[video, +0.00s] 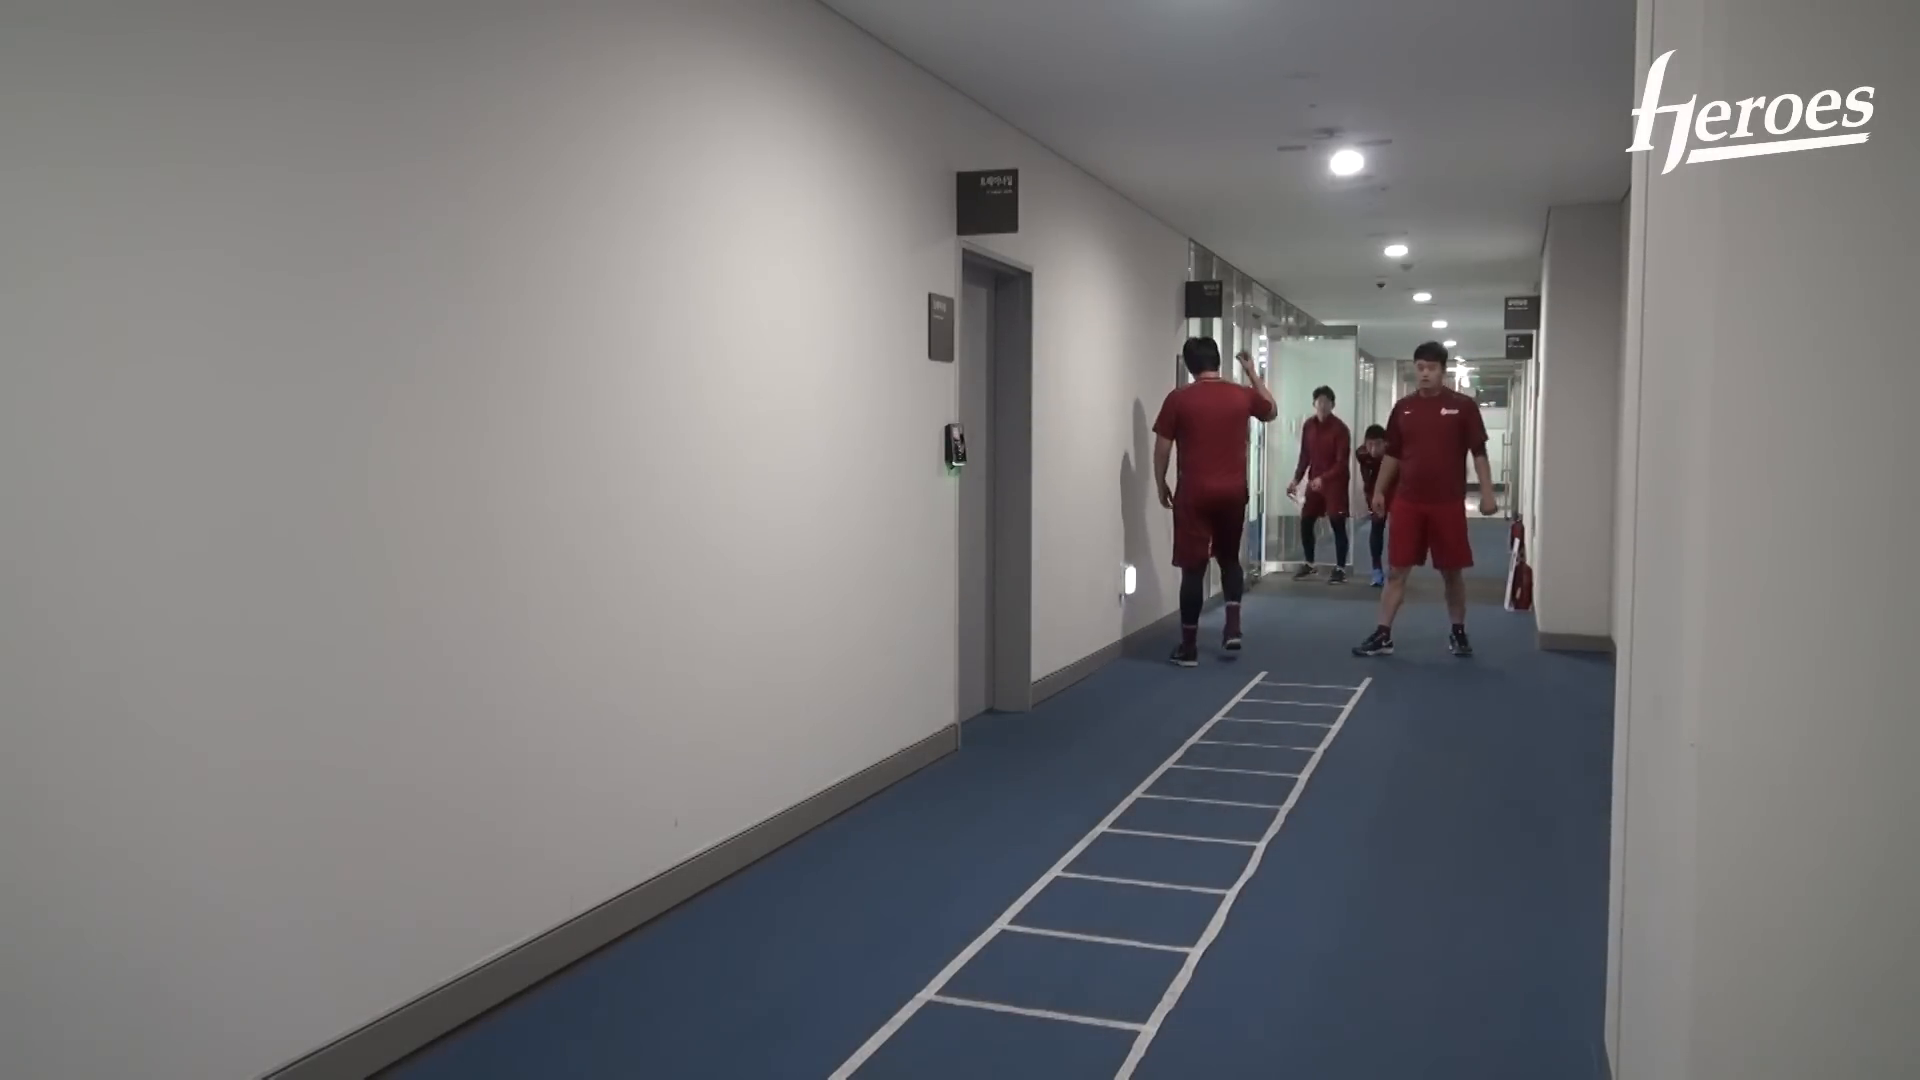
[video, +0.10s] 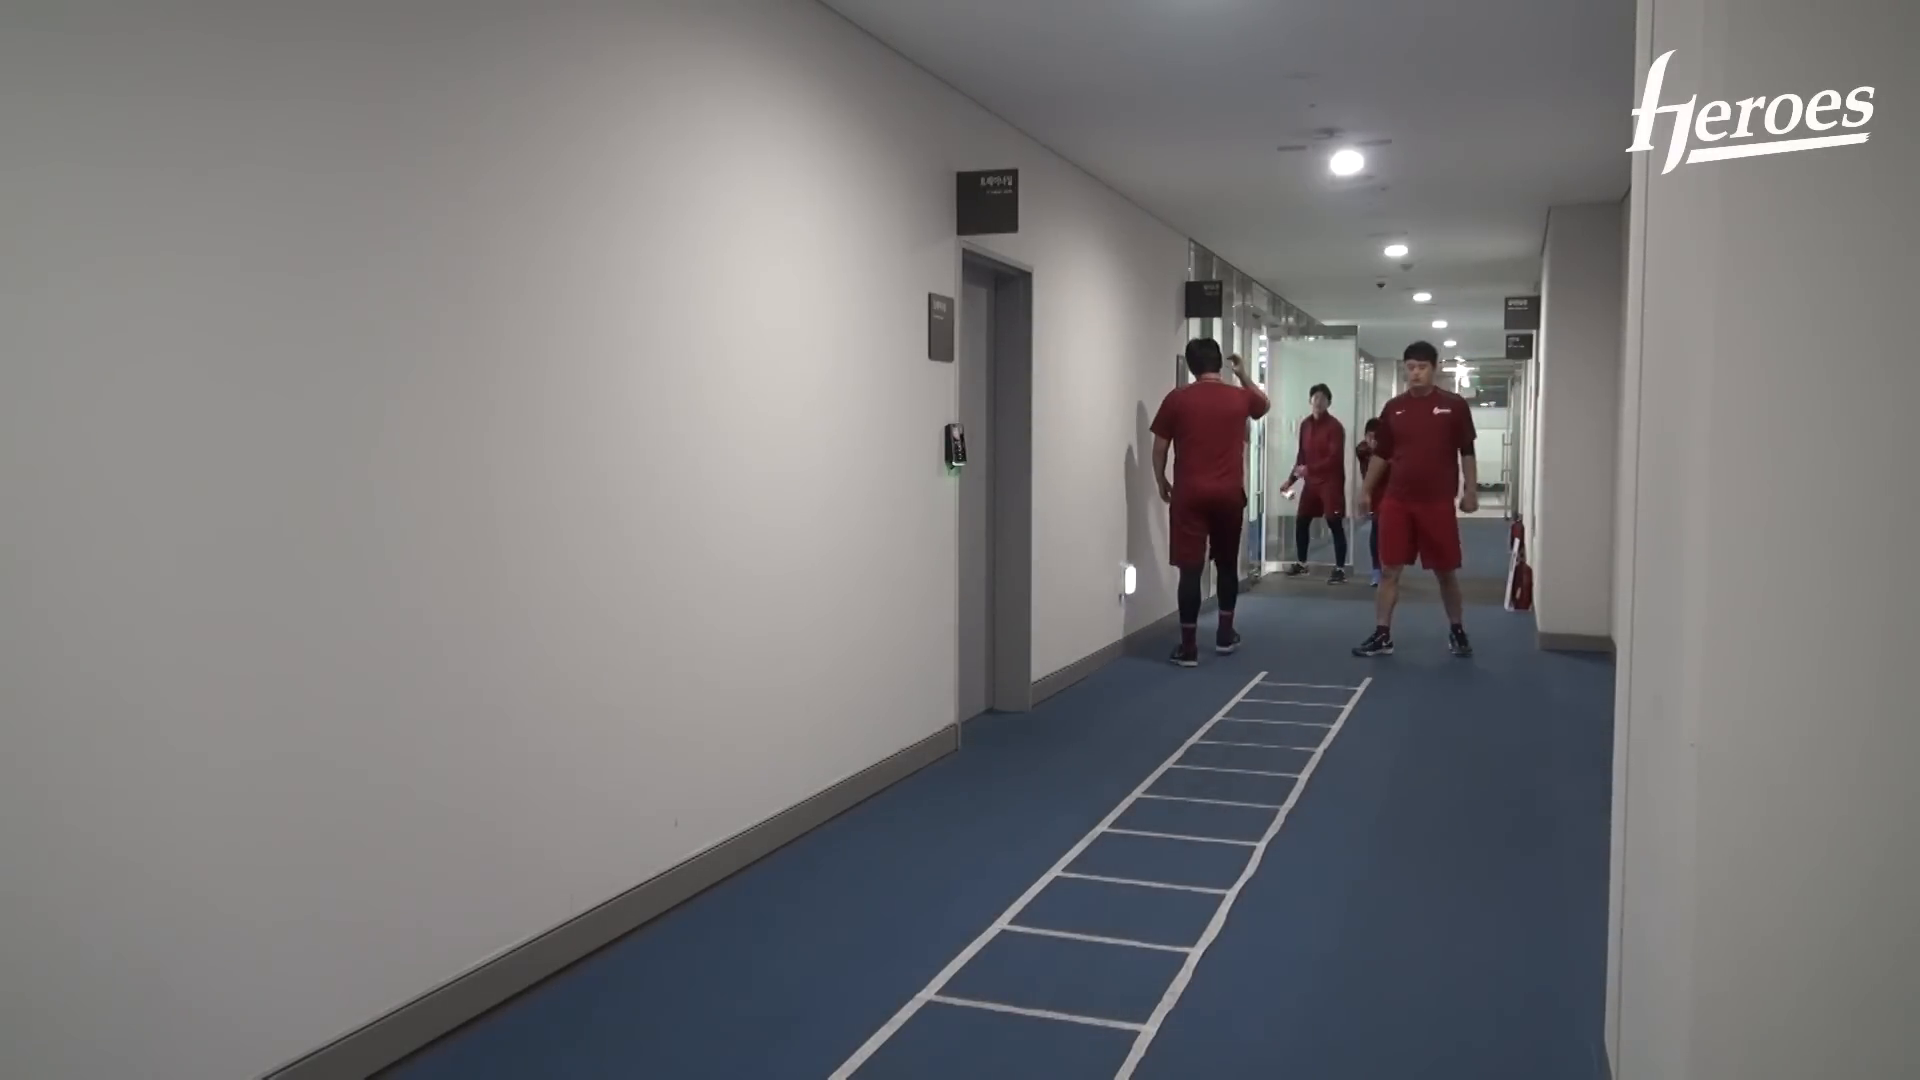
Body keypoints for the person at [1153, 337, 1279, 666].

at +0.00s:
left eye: (1186, 365)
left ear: (1189, 366)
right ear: (1219, 364)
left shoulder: (1179, 398)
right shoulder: (1241, 394)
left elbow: (1162, 447)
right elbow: (1270, 409)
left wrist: (1161, 484)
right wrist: (1253, 374)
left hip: (1194, 493)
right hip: (1233, 492)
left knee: (1193, 569)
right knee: (1230, 559)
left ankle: (1188, 647)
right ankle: (1233, 630)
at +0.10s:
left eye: (1190, 363)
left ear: (1190, 367)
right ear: (1222, 365)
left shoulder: (1178, 398)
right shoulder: (1238, 396)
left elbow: (1160, 447)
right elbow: (1263, 405)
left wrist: (1161, 480)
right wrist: (1243, 376)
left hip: (1189, 493)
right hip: (1229, 494)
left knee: (1190, 570)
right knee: (1227, 564)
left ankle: (1188, 648)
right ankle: (1225, 635)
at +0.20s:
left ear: (1192, 369)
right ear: (1223, 367)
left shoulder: (1178, 400)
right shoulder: (1239, 400)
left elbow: (1160, 449)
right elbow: (1261, 409)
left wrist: (1164, 482)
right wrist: (1242, 382)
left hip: (1187, 494)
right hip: (1227, 496)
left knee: (1189, 569)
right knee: (1222, 567)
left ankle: (1188, 648)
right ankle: (1223, 634)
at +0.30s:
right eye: (1224, 367)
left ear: (1196, 370)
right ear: (1227, 370)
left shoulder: (1180, 402)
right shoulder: (1240, 402)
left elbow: (1163, 450)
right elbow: (1266, 412)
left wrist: (1164, 484)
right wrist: (1245, 385)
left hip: (1187, 493)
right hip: (1226, 495)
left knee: (1188, 568)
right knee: (1221, 567)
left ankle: (1188, 646)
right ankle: (1221, 637)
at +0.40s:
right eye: (1229, 368)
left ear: (1202, 368)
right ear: (1233, 370)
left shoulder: (1185, 400)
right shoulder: (1242, 401)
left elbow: (1168, 446)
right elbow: (1272, 411)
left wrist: (1164, 486)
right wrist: (1249, 382)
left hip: (1190, 491)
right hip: (1230, 492)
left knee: (1188, 564)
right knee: (1225, 565)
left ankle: (1187, 640)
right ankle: (1222, 636)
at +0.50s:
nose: (1235, 368)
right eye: (1236, 363)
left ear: (1207, 366)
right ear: (1238, 367)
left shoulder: (1190, 397)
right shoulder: (1247, 399)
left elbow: (1173, 442)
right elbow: (1278, 408)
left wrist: (1164, 481)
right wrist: (1255, 380)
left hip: (1194, 486)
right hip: (1232, 488)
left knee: (1186, 560)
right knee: (1226, 564)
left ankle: (1186, 625)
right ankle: (1223, 634)